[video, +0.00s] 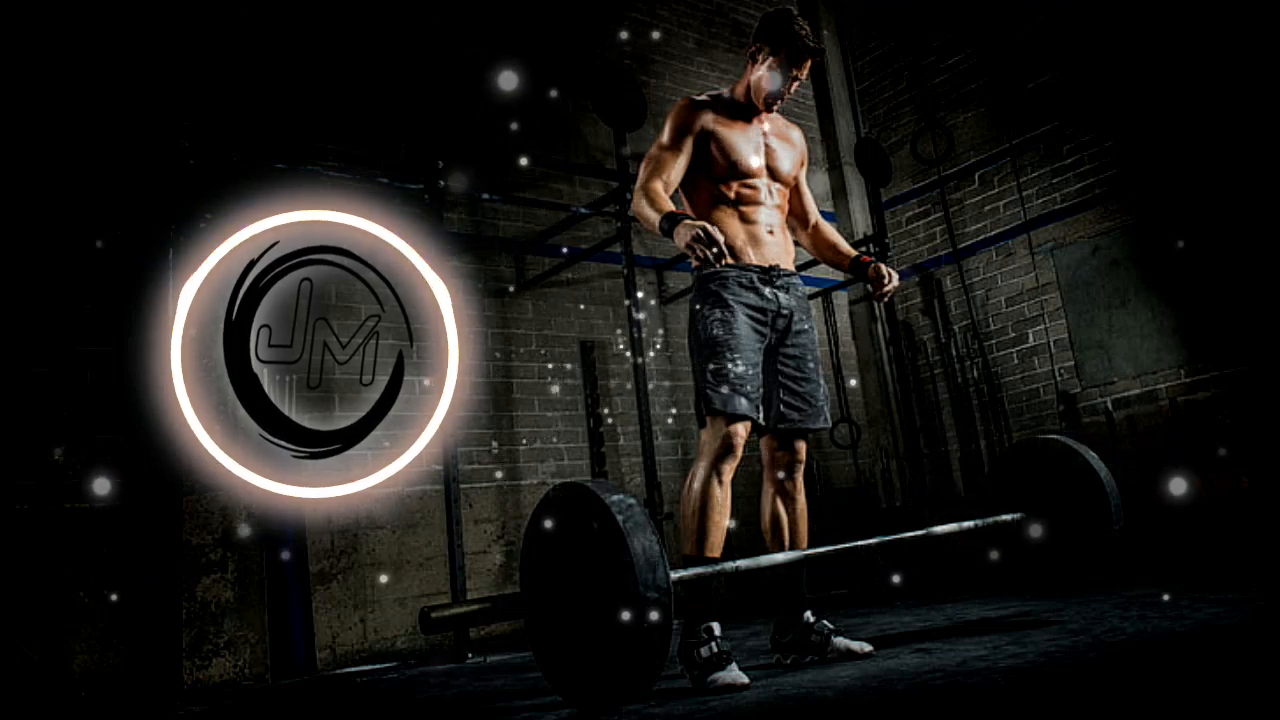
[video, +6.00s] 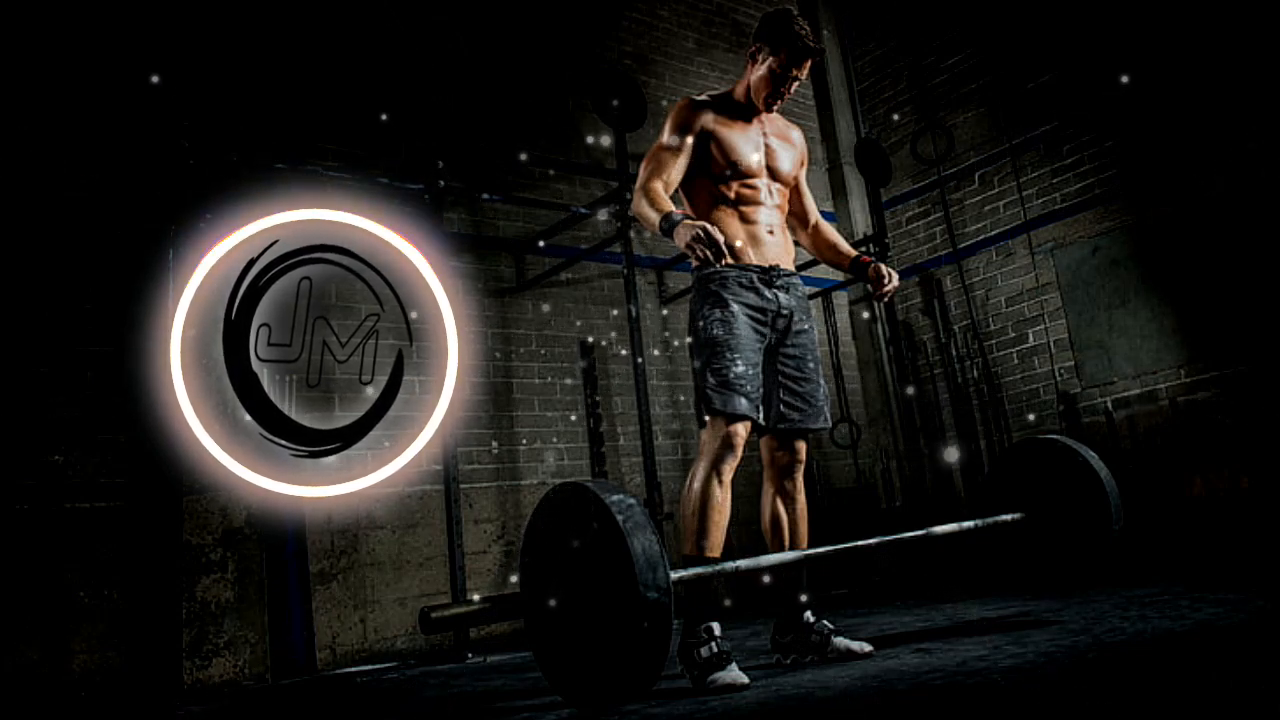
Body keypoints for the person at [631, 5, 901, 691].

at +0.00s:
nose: (791, 91)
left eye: (800, 82)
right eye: (788, 75)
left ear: (797, 79)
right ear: (757, 59)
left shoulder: (791, 136)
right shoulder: (698, 115)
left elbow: (809, 225)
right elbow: (644, 200)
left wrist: (861, 265)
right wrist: (676, 225)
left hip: (790, 296)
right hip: (731, 292)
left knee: (790, 454)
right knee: (729, 437)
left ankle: (797, 624)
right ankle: (698, 633)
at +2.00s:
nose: (789, 92)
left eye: (799, 81)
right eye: (786, 76)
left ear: (801, 77)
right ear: (756, 58)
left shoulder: (792, 137)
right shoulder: (697, 115)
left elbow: (809, 225)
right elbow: (645, 199)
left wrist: (860, 265)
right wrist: (676, 225)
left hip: (790, 296)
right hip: (730, 291)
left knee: (790, 454)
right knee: (729, 437)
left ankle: (794, 624)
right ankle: (698, 633)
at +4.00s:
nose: (789, 89)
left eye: (799, 79)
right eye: (787, 73)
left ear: (800, 76)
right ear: (756, 57)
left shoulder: (792, 137)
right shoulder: (698, 115)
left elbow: (807, 223)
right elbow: (645, 197)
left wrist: (860, 264)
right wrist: (675, 226)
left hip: (791, 297)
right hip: (731, 292)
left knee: (790, 455)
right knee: (730, 437)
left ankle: (798, 624)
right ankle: (699, 634)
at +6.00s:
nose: (789, 89)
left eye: (799, 79)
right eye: (786, 72)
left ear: (801, 76)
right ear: (756, 57)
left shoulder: (792, 137)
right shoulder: (697, 115)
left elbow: (808, 224)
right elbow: (646, 197)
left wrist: (860, 264)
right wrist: (677, 225)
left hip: (791, 297)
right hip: (731, 292)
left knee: (790, 455)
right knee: (730, 436)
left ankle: (796, 624)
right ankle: (699, 634)